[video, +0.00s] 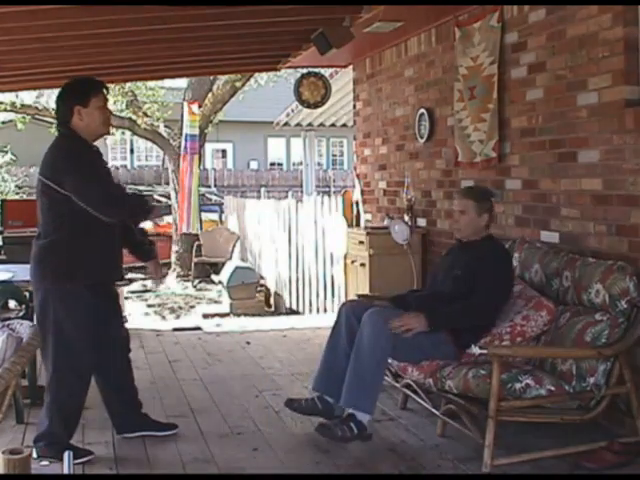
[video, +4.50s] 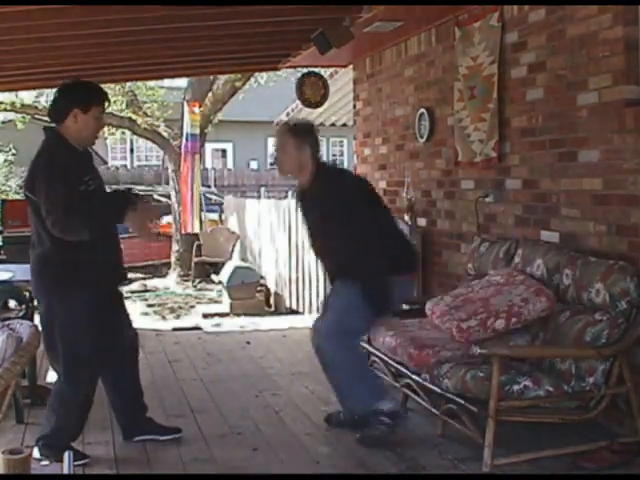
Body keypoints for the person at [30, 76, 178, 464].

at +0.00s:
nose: (110, 114)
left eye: (108, 106)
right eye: (103, 107)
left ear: (83, 113)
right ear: (78, 113)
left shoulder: (88, 154)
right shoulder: (65, 155)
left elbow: (111, 211)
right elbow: (105, 203)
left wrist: (145, 249)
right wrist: (147, 205)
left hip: (92, 273)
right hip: (64, 277)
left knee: (112, 349)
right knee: (70, 360)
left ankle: (129, 420)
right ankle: (51, 443)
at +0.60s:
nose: (100, 112)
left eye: (97, 104)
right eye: (92, 105)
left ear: (72, 114)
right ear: (68, 113)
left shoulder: (89, 158)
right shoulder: (54, 161)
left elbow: (118, 208)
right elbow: (74, 227)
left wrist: (152, 242)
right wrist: (126, 256)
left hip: (97, 274)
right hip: (65, 280)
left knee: (118, 348)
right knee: (75, 363)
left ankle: (130, 420)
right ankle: (55, 442)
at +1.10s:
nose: (98, 114)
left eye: (95, 106)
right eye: (90, 107)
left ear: (70, 115)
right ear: (66, 115)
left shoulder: (91, 159)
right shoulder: (48, 163)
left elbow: (115, 199)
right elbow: (67, 220)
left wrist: (152, 202)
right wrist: (119, 199)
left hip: (99, 278)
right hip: (62, 283)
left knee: (123, 347)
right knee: (76, 363)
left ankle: (135, 424)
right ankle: (54, 444)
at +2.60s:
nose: (118, 107)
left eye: (116, 100)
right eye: (112, 100)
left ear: (93, 106)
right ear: (89, 106)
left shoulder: (100, 149)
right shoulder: (71, 151)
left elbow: (137, 189)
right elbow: (121, 193)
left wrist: (166, 168)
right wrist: (165, 168)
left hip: (109, 273)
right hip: (78, 275)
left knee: (122, 351)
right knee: (71, 360)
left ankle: (134, 423)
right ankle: (51, 444)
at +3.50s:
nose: (115, 110)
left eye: (113, 103)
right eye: (106, 104)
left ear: (91, 109)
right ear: (80, 110)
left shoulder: (100, 154)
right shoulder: (68, 155)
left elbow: (127, 200)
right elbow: (108, 205)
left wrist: (166, 213)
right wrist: (164, 216)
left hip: (105, 275)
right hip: (71, 277)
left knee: (121, 351)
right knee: (70, 361)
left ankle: (134, 424)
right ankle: (51, 444)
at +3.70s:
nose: (108, 110)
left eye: (106, 102)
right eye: (100, 103)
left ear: (81, 110)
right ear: (73, 110)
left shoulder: (94, 154)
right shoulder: (62, 158)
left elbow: (116, 212)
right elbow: (93, 222)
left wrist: (153, 241)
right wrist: (141, 257)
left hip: (102, 273)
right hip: (69, 277)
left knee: (121, 350)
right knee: (69, 362)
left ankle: (134, 424)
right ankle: (52, 444)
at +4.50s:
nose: (102, 126)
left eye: (103, 118)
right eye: (98, 117)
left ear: (75, 116)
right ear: (74, 115)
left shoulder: (78, 157)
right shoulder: (52, 160)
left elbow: (94, 203)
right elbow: (65, 223)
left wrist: (131, 202)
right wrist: (122, 216)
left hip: (95, 279)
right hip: (65, 284)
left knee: (121, 348)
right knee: (79, 364)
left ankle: (135, 424)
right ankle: (52, 445)